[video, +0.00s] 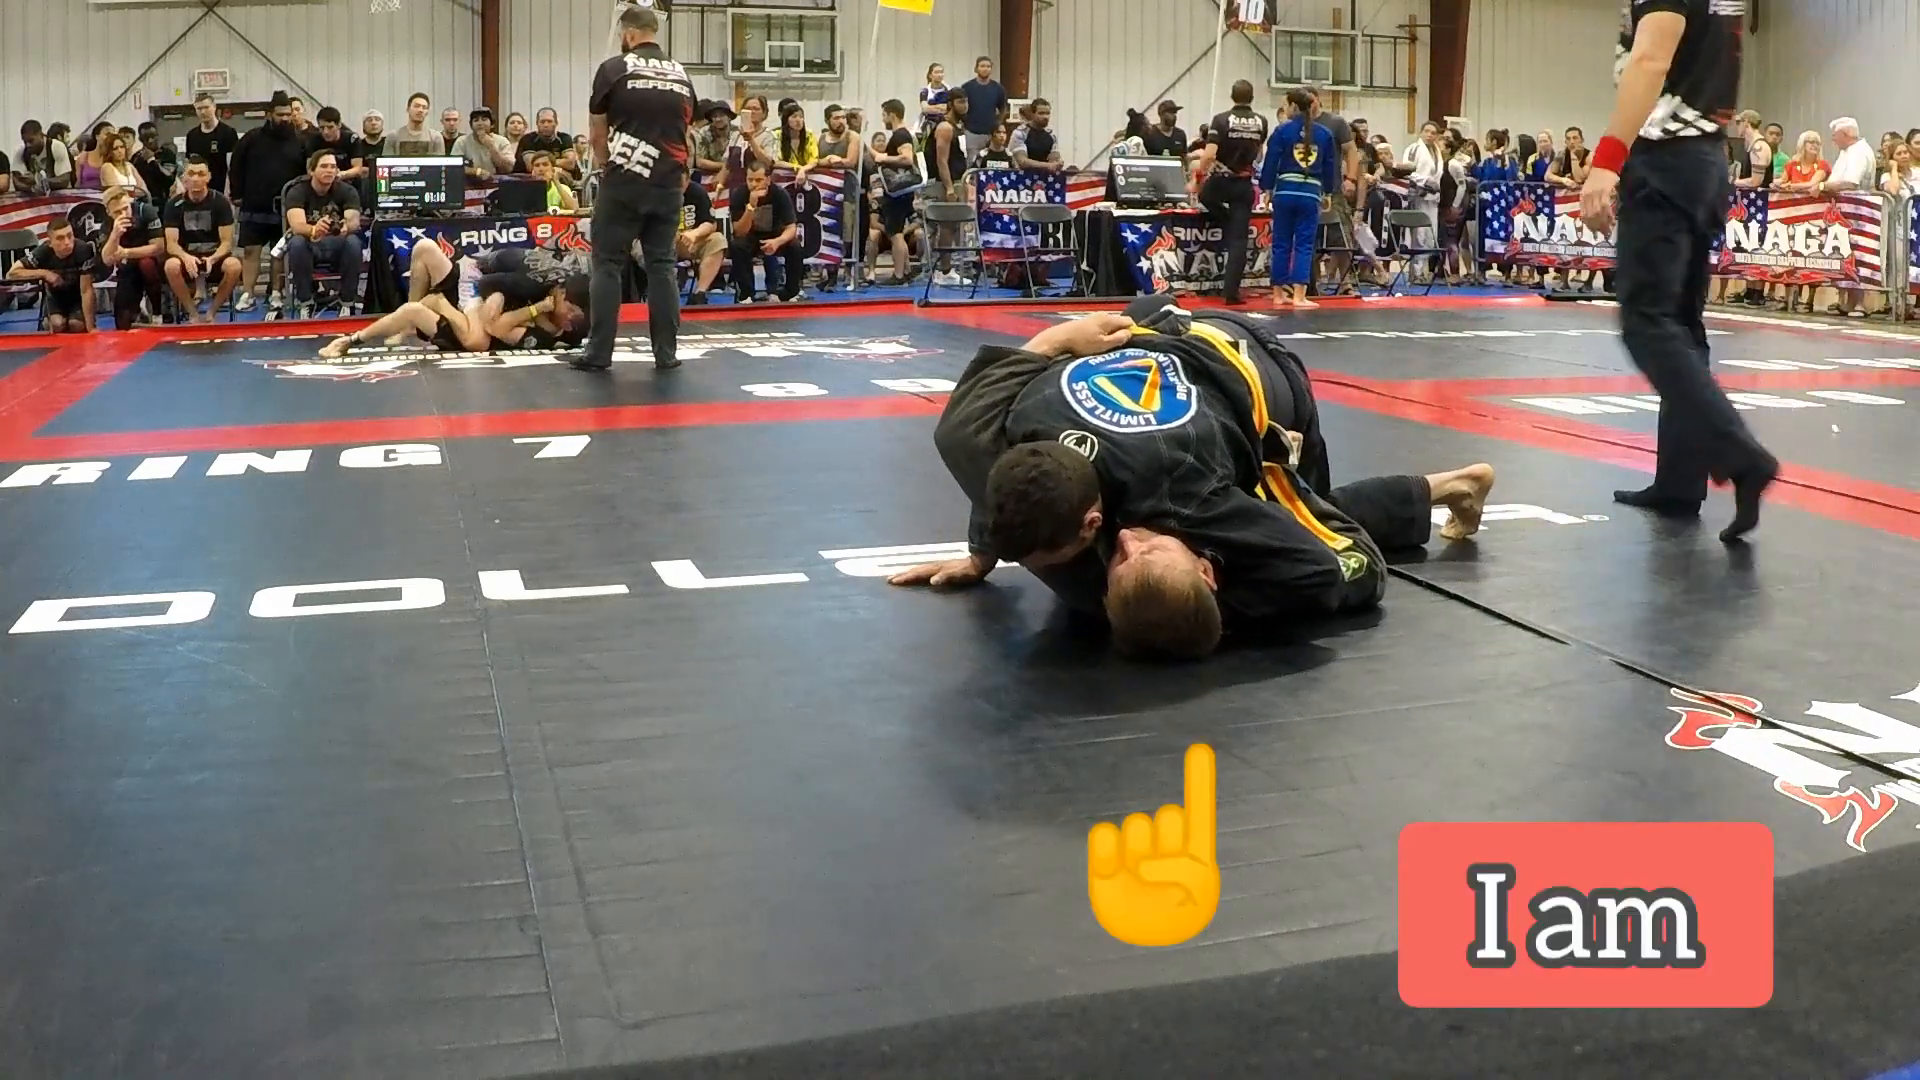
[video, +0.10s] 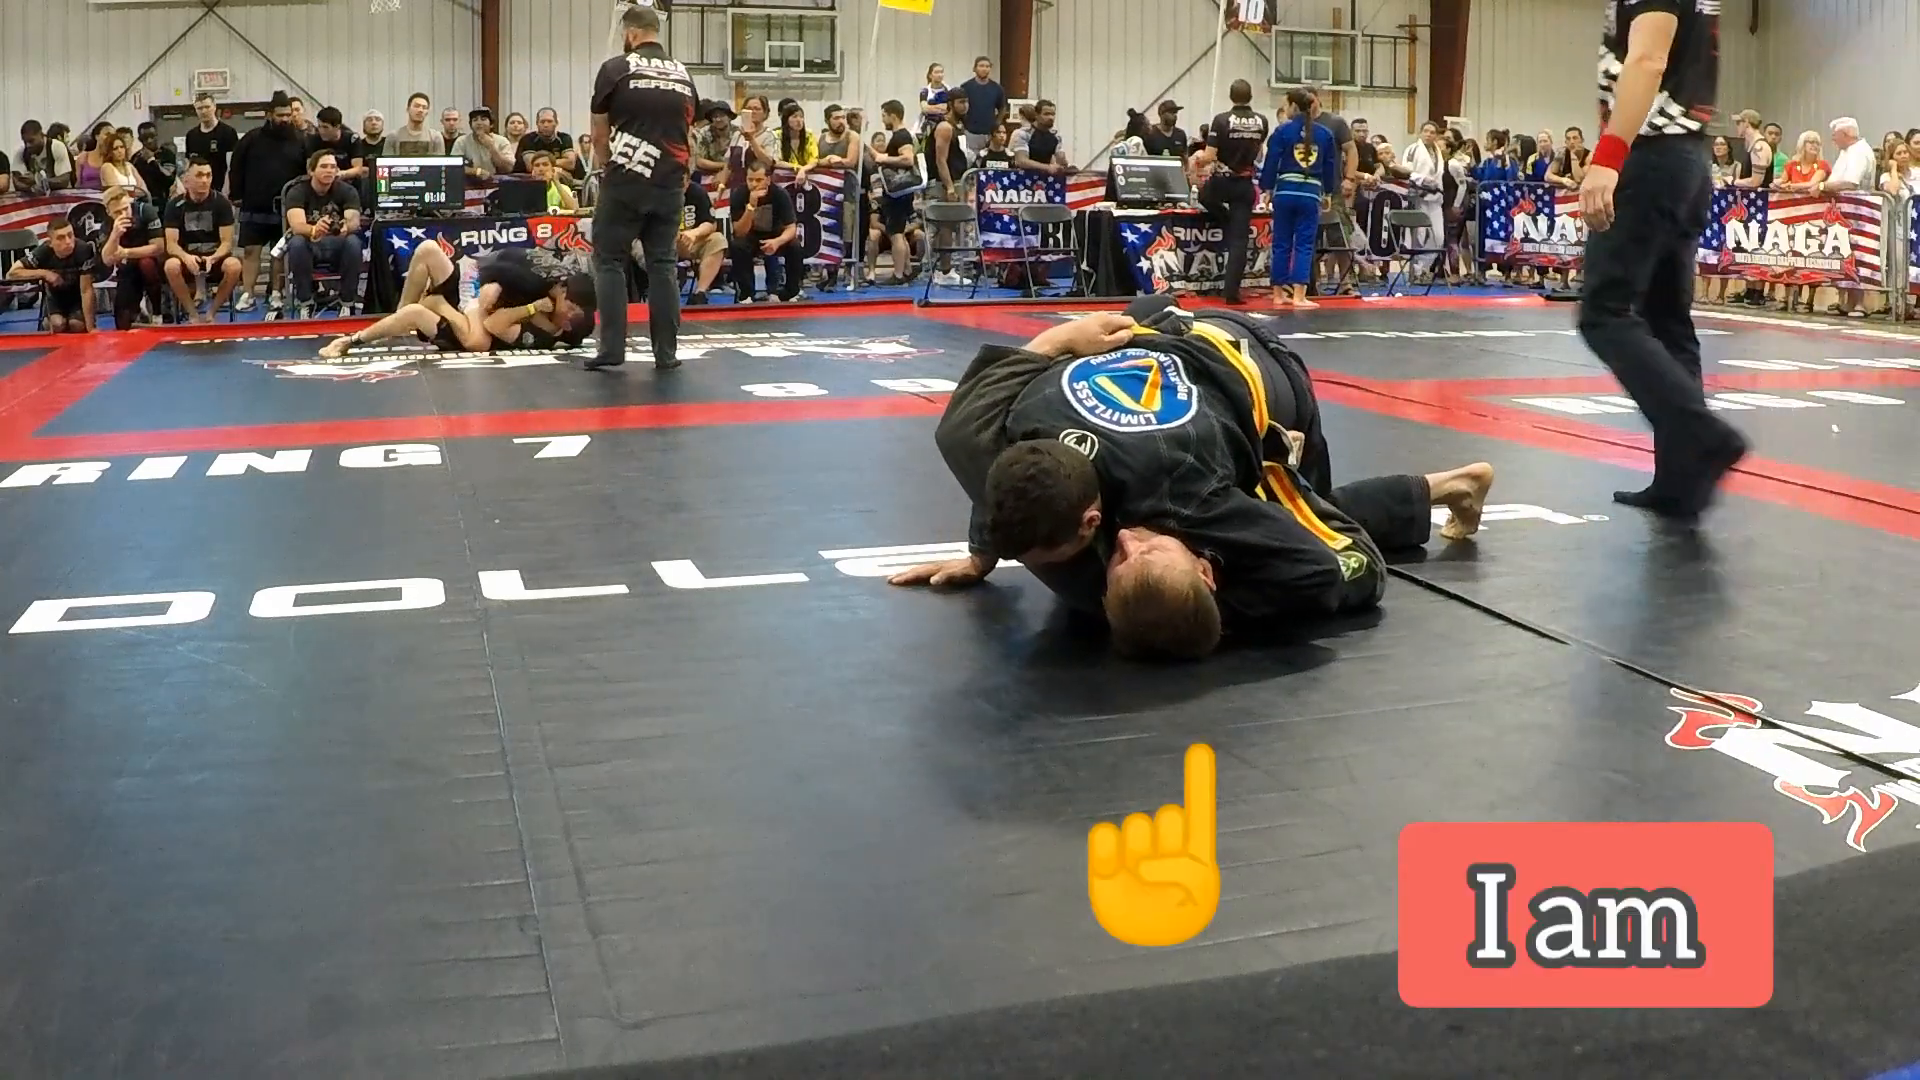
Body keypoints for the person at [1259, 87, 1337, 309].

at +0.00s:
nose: (1285, 108)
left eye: (1287, 105)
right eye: (1286, 105)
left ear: (1292, 106)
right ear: (1311, 106)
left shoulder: (1282, 130)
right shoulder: (1325, 134)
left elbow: (1270, 161)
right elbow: (1330, 166)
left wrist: (1266, 188)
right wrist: (1328, 191)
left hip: (1284, 191)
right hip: (1311, 194)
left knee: (1281, 242)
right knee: (1305, 244)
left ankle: (1278, 293)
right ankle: (1299, 296)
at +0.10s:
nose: (1285, 109)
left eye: (1287, 105)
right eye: (1286, 104)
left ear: (1293, 106)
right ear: (1310, 106)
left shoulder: (1282, 130)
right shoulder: (1325, 134)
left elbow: (1271, 162)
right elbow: (1330, 166)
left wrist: (1267, 188)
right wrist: (1329, 192)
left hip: (1285, 192)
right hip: (1311, 194)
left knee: (1281, 242)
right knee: (1305, 244)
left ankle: (1278, 293)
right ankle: (1299, 296)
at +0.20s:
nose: (1286, 108)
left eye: (1288, 105)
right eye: (1287, 104)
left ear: (1293, 106)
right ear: (1310, 106)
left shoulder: (1282, 131)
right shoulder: (1325, 134)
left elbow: (1271, 161)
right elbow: (1330, 166)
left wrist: (1267, 188)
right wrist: (1328, 191)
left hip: (1285, 192)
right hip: (1311, 194)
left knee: (1281, 242)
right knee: (1305, 244)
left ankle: (1278, 293)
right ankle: (1299, 296)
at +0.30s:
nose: (1286, 108)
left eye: (1288, 104)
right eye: (1287, 104)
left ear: (1293, 106)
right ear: (1311, 106)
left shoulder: (1282, 131)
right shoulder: (1325, 134)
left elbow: (1271, 162)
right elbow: (1330, 166)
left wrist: (1266, 188)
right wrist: (1328, 191)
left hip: (1285, 191)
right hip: (1311, 194)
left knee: (1282, 242)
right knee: (1306, 244)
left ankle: (1278, 293)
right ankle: (1299, 296)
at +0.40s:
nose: (1286, 108)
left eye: (1288, 104)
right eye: (1287, 104)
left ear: (1293, 106)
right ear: (1311, 106)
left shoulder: (1282, 131)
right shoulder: (1326, 134)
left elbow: (1272, 162)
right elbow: (1330, 166)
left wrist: (1267, 188)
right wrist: (1329, 192)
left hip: (1285, 192)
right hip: (1311, 194)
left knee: (1282, 242)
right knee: (1305, 244)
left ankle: (1278, 293)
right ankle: (1299, 296)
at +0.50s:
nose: (1286, 108)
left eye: (1288, 104)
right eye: (1287, 104)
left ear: (1293, 106)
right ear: (1312, 106)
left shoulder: (1282, 131)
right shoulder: (1326, 134)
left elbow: (1272, 162)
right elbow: (1331, 167)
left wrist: (1267, 188)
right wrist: (1329, 192)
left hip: (1285, 192)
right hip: (1312, 194)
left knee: (1282, 242)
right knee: (1306, 244)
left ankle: (1278, 294)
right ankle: (1299, 296)